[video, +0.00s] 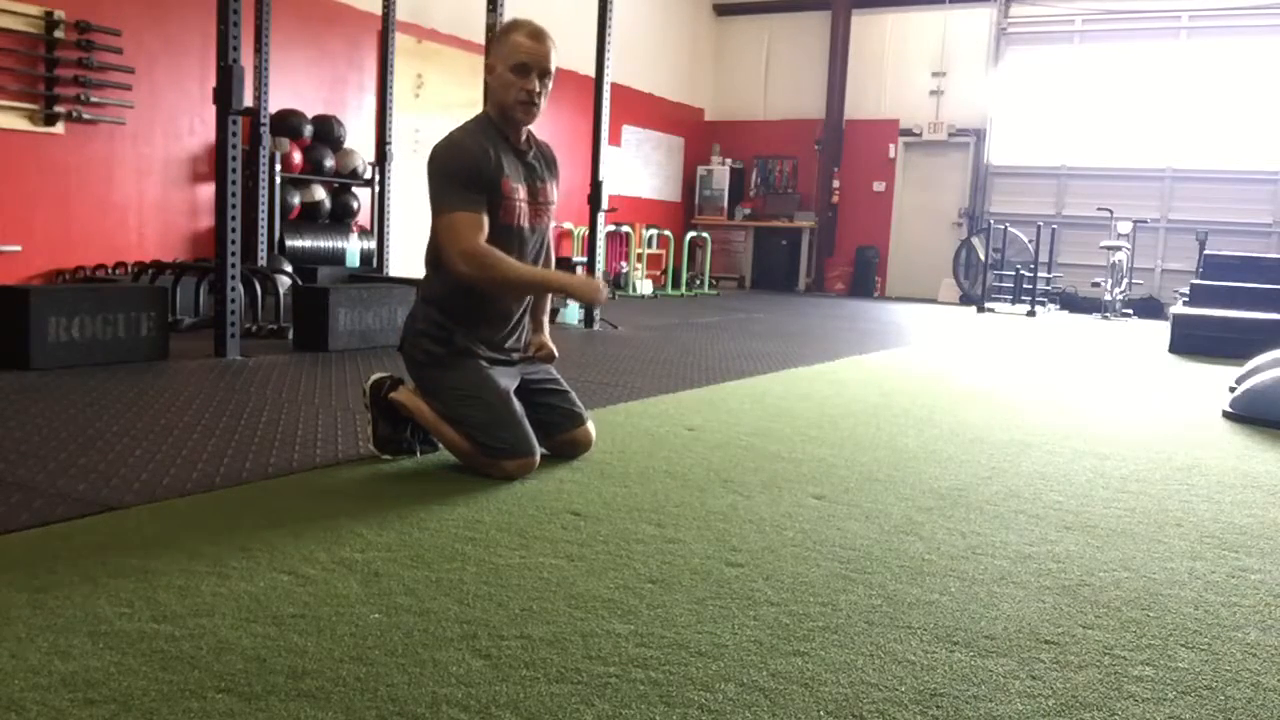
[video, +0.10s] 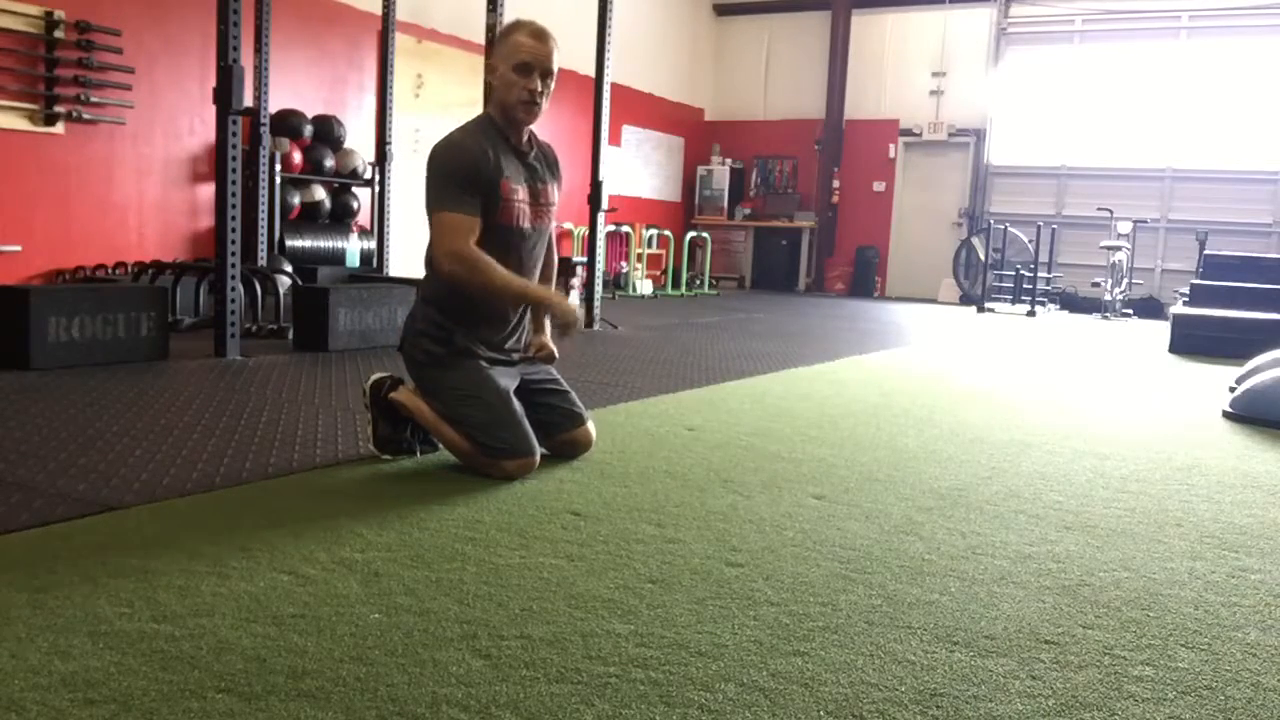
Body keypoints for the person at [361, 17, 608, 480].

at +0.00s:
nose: (532, 87)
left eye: (543, 76)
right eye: (519, 71)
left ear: (551, 84)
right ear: (488, 71)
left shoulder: (544, 158)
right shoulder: (462, 151)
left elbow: (541, 251)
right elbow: (463, 255)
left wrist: (540, 328)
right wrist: (566, 282)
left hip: (515, 344)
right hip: (451, 347)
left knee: (574, 439)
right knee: (514, 462)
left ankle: (450, 406)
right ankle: (399, 398)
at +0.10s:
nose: (535, 86)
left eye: (546, 75)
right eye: (522, 70)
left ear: (554, 84)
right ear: (490, 72)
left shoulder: (545, 159)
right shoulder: (462, 151)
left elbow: (545, 248)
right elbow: (451, 255)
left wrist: (540, 328)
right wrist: (546, 298)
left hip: (514, 342)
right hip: (452, 346)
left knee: (574, 439)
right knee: (514, 462)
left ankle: (445, 411)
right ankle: (399, 399)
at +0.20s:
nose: (538, 86)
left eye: (548, 76)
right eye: (525, 70)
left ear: (556, 86)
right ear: (493, 71)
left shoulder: (547, 160)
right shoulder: (460, 152)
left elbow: (548, 247)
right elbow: (441, 260)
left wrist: (540, 323)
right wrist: (526, 318)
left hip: (514, 342)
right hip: (451, 345)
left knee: (574, 439)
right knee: (514, 463)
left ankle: (445, 412)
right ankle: (398, 399)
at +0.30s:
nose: (540, 87)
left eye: (550, 77)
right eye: (527, 70)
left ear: (557, 86)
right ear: (494, 72)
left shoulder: (548, 161)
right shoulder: (459, 153)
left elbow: (549, 247)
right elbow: (427, 257)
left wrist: (543, 327)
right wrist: (501, 324)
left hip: (513, 338)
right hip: (448, 345)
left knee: (574, 439)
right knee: (514, 463)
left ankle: (446, 411)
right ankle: (399, 399)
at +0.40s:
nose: (539, 87)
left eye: (550, 77)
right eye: (526, 70)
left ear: (557, 87)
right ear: (494, 72)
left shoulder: (548, 161)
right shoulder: (458, 152)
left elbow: (549, 247)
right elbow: (420, 255)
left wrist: (543, 328)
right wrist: (492, 327)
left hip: (513, 339)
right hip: (448, 345)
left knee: (574, 439)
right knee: (514, 463)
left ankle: (445, 411)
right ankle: (398, 399)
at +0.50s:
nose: (538, 87)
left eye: (549, 77)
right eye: (525, 70)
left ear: (556, 87)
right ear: (493, 72)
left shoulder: (548, 160)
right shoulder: (456, 152)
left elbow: (549, 247)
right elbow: (420, 256)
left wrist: (543, 328)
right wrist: (493, 330)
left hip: (513, 338)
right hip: (447, 345)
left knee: (573, 439)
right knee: (514, 463)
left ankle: (445, 411)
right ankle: (398, 399)